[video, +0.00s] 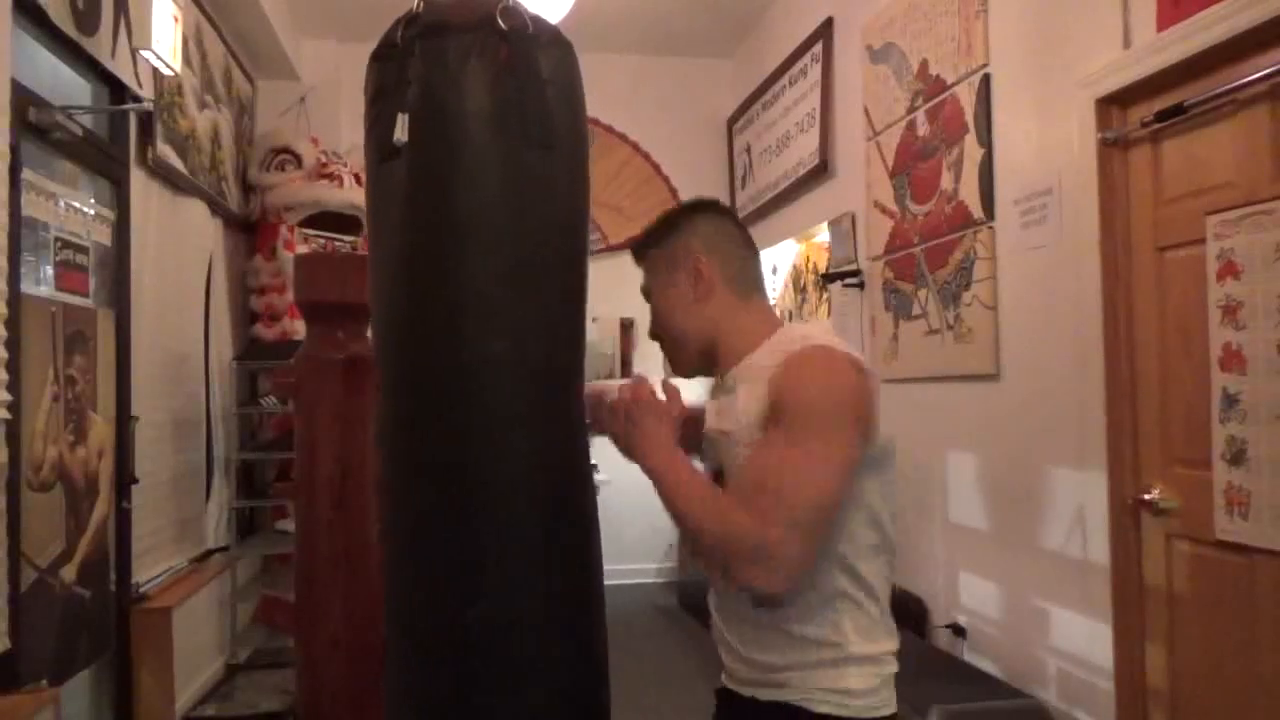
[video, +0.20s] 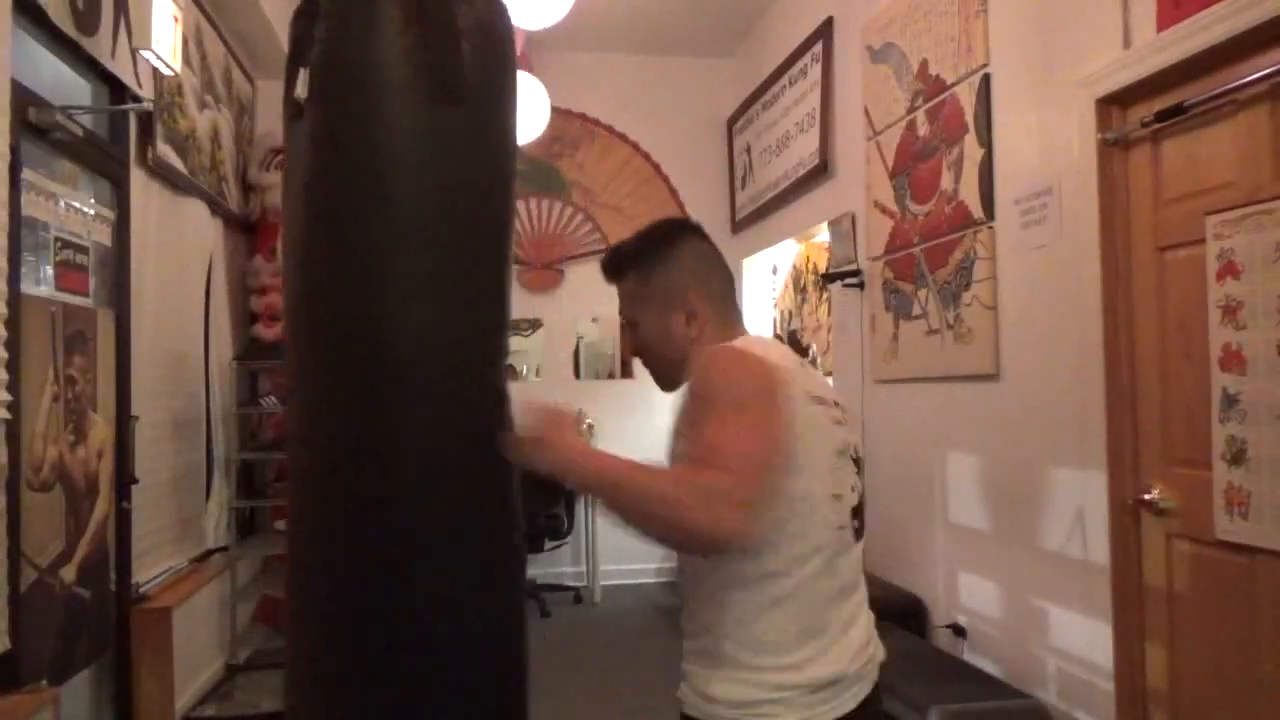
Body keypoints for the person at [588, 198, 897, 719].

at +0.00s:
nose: (651, 326)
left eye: (652, 298)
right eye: (649, 303)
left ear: (698, 276)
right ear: (701, 278)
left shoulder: (820, 371)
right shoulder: (741, 383)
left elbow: (770, 561)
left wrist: (659, 454)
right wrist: (688, 432)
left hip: (819, 701)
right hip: (748, 690)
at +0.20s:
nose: (626, 346)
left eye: (633, 324)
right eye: (625, 326)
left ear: (690, 316)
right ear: (693, 315)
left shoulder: (732, 366)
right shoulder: (793, 371)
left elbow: (719, 514)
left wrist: (576, 462)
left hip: (759, 700)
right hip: (836, 684)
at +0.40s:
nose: (568, 345)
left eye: (571, 316)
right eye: (565, 319)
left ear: (634, 305)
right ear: (637, 307)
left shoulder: (720, 392)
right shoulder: (690, 393)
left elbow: (746, 596)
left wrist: (587, 540)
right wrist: (633, 457)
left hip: (779, 702)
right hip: (738, 696)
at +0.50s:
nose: (551, 341)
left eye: (559, 315)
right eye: (547, 319)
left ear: (637, 299)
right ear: (635, 302)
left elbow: (829, 606)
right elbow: (528, 447)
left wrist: (649, 527)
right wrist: (410, 405)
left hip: (775, 707)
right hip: (671, 702)